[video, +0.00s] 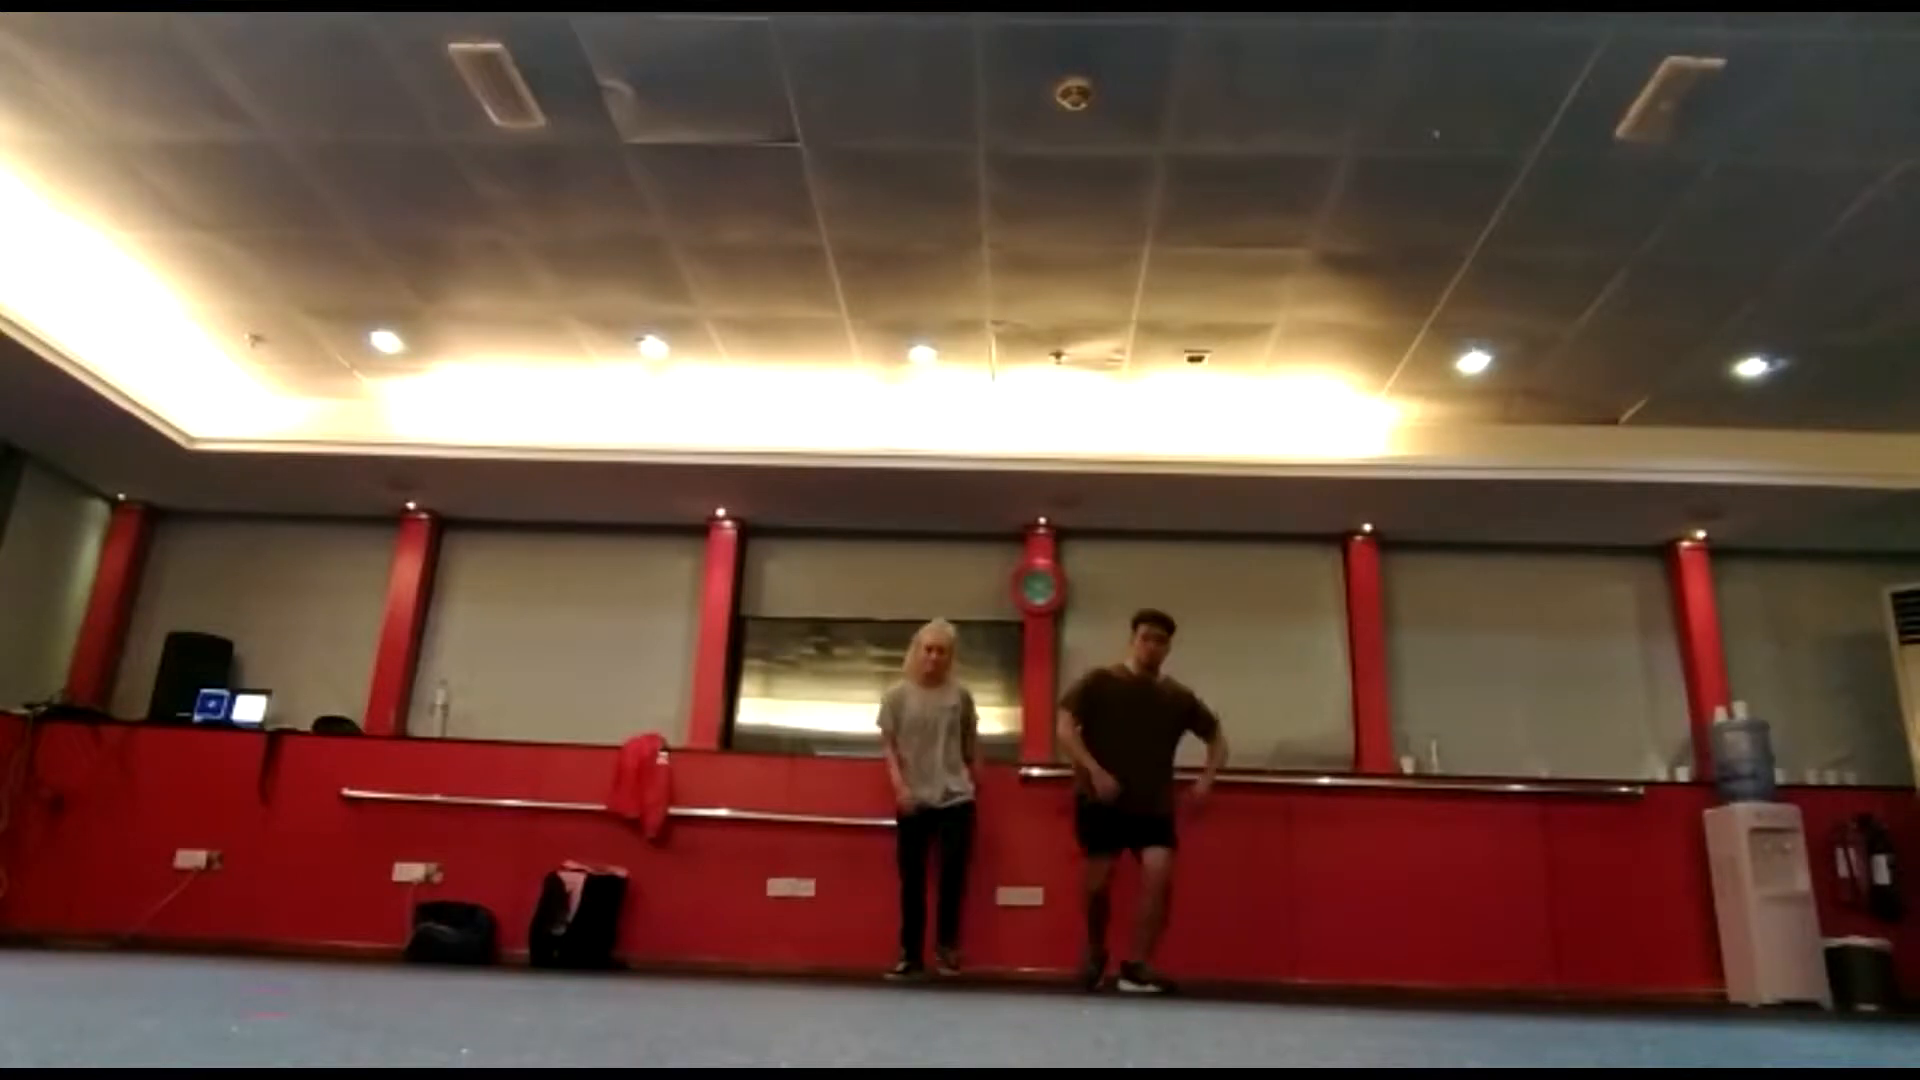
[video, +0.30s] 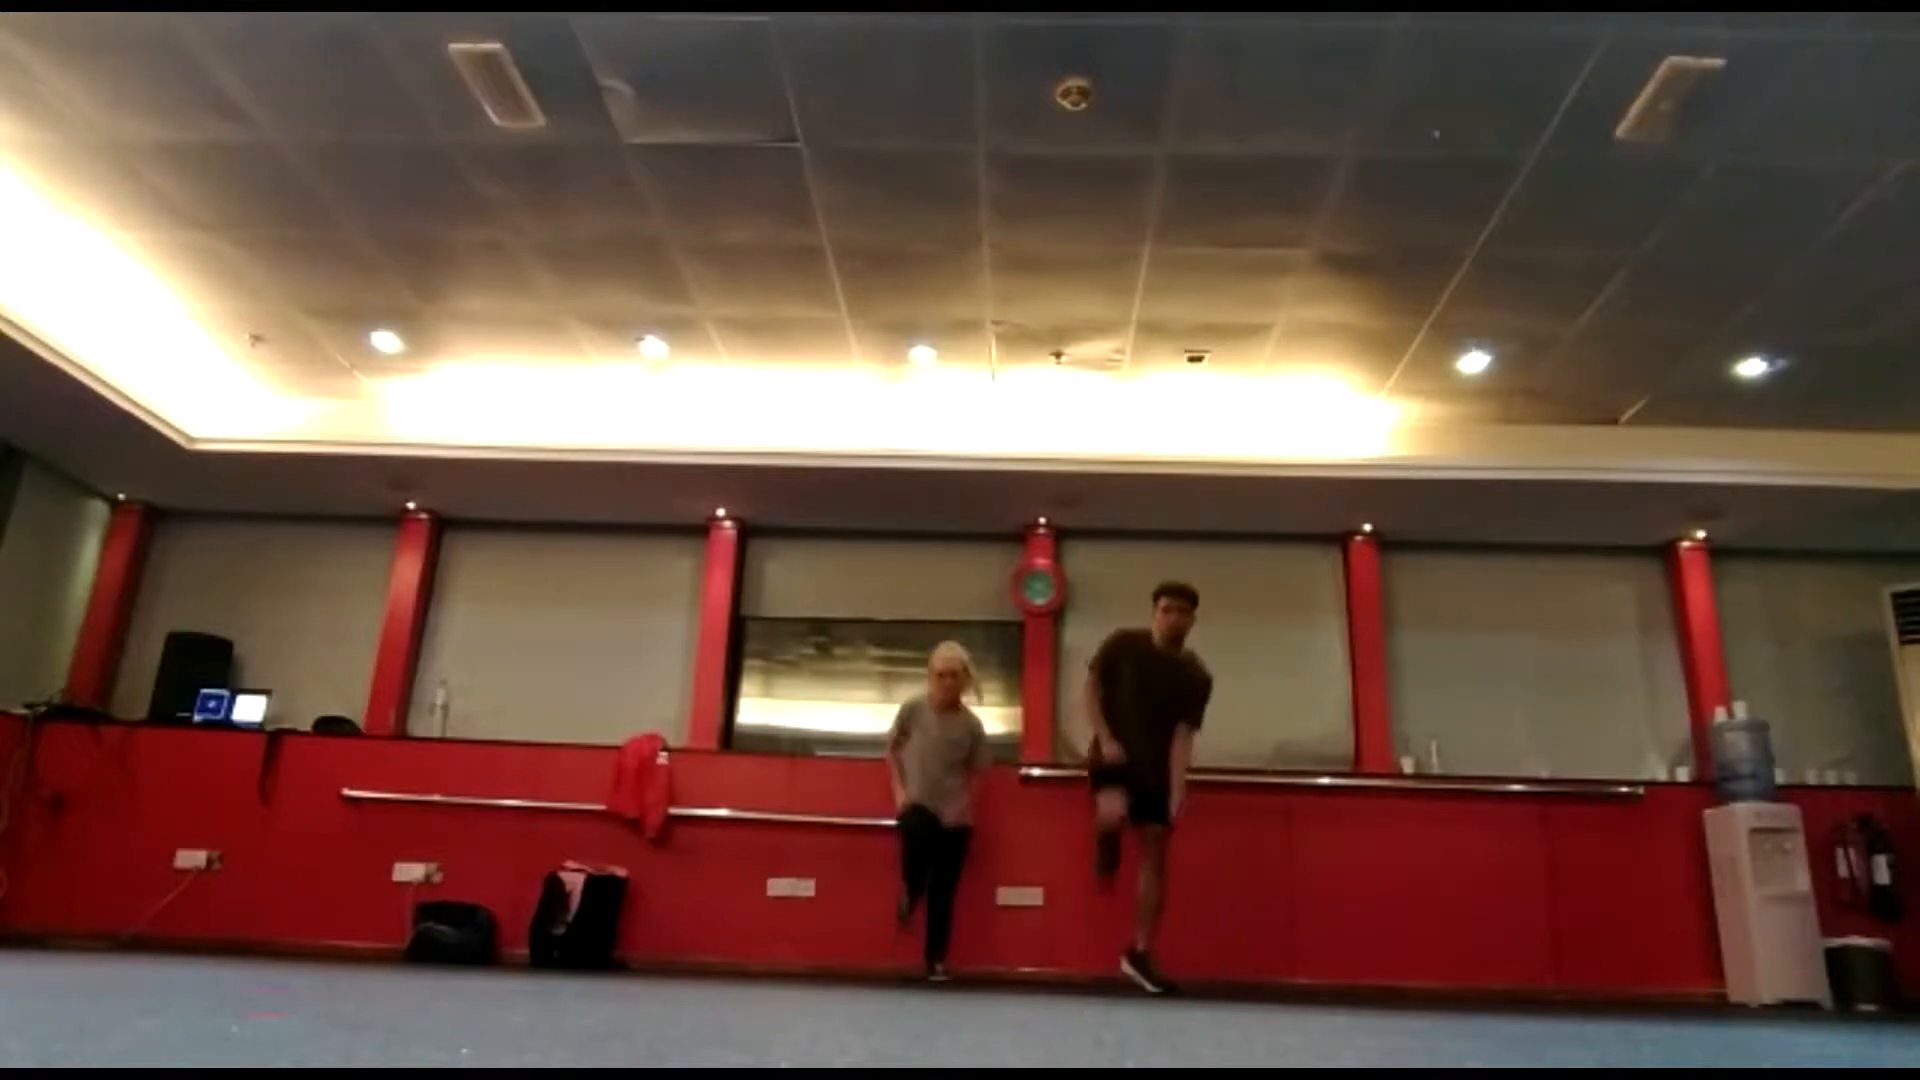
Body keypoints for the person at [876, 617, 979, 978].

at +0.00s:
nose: (934, 657)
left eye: (941, 651)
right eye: (928, 649)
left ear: (951, 656)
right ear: (916, 651)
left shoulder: (960, 697)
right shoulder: (896, 697)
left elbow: (970, 742)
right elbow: (888, 745)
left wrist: (973, 773)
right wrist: (900, 787)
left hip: (956, 797)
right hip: (915, 798)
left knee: (953, 878)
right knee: (912, 879)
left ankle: (947, 949)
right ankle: (910, 953)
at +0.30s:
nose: (947, 683)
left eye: (954, 675)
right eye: (941, 675)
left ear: (966, 680)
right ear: (929, 677)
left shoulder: (971, 725)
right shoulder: (912, 711)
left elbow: (978, 772)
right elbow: (893, 749)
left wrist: (966, 806)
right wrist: (899, 791)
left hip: (953, 815)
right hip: (918, 807)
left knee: (943, 892)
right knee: (916, 829)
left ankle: (936, 960)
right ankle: (911, 891)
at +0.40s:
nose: (937, 667)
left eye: (943, 659)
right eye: (930, 660)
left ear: (956, 661)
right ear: (921, 663)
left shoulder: (971, 708)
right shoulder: (910, 697)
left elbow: (980, 757)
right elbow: (894, 731)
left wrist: (963, 793)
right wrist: (900, 771)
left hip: (953, 801)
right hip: (917, 791)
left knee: (943, 884)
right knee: (919, 809)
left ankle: (937, 957)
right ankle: (913, 861)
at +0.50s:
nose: (921, 658)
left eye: (927, 649)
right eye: (914, 651)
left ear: (941, 647)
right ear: (906, 654)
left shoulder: (967, 688)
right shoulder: (903, 691)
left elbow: (982, 738)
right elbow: (898, 728)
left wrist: (965, 777)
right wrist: (902, 760)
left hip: (955, 786)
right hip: (918, 779)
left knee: (945, 874)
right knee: (917, 817)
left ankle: (937, 955)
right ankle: (917, 890)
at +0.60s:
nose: (915, 671)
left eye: (921, 662)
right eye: (908, 663)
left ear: (936, 659)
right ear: (900, 664)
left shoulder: (962, 693)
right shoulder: (901, 700)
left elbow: (984, 737)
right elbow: (900, 735)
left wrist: (965, 779)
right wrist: (902, 772)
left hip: (957, 797)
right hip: (919, 793)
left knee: (947, 877)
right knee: (916, 866)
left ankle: (939, 956)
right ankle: (910, 929)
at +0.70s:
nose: (909, 687)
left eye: (917, 679)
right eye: (902, 679)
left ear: (930, 681)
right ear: (894, 683)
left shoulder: (948, 713)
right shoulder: (893, 723)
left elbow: (981, 745)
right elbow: (897, 769)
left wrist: (957, 795)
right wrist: (901, 808)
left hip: (955, 818)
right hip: (918, 814)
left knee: (944, 892)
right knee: (913, 887)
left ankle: (939, 958)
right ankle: (910, 953)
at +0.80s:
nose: (906, 683)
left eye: (913, 675)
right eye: (899, 676)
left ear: (926, 676)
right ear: (890, 679)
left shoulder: (947, 710)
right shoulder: (887, 722)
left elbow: (967, 754)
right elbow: (894, 771)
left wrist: (942, 801)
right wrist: (903, 809)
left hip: (955, 814)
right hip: (916, 814)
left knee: (945, 884)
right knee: (910, 884)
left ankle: (936, 946)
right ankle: (908, 953)